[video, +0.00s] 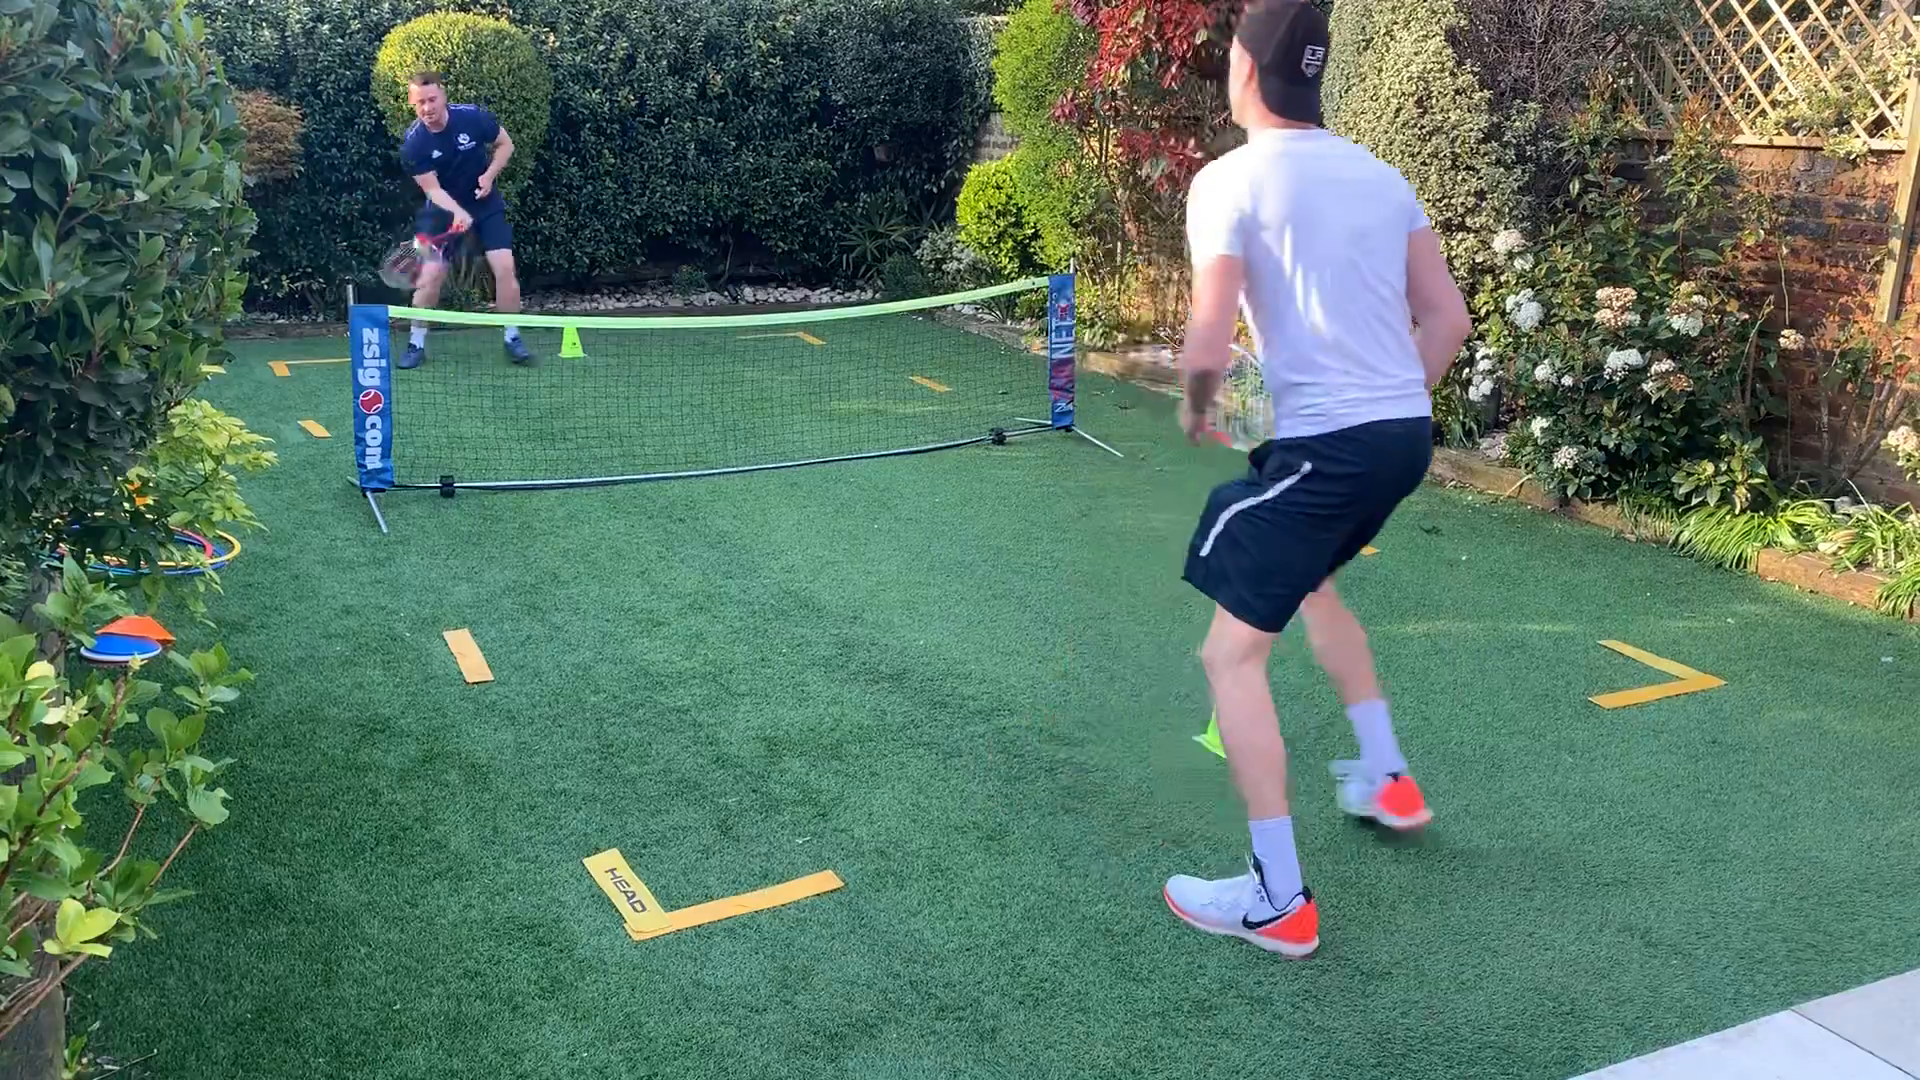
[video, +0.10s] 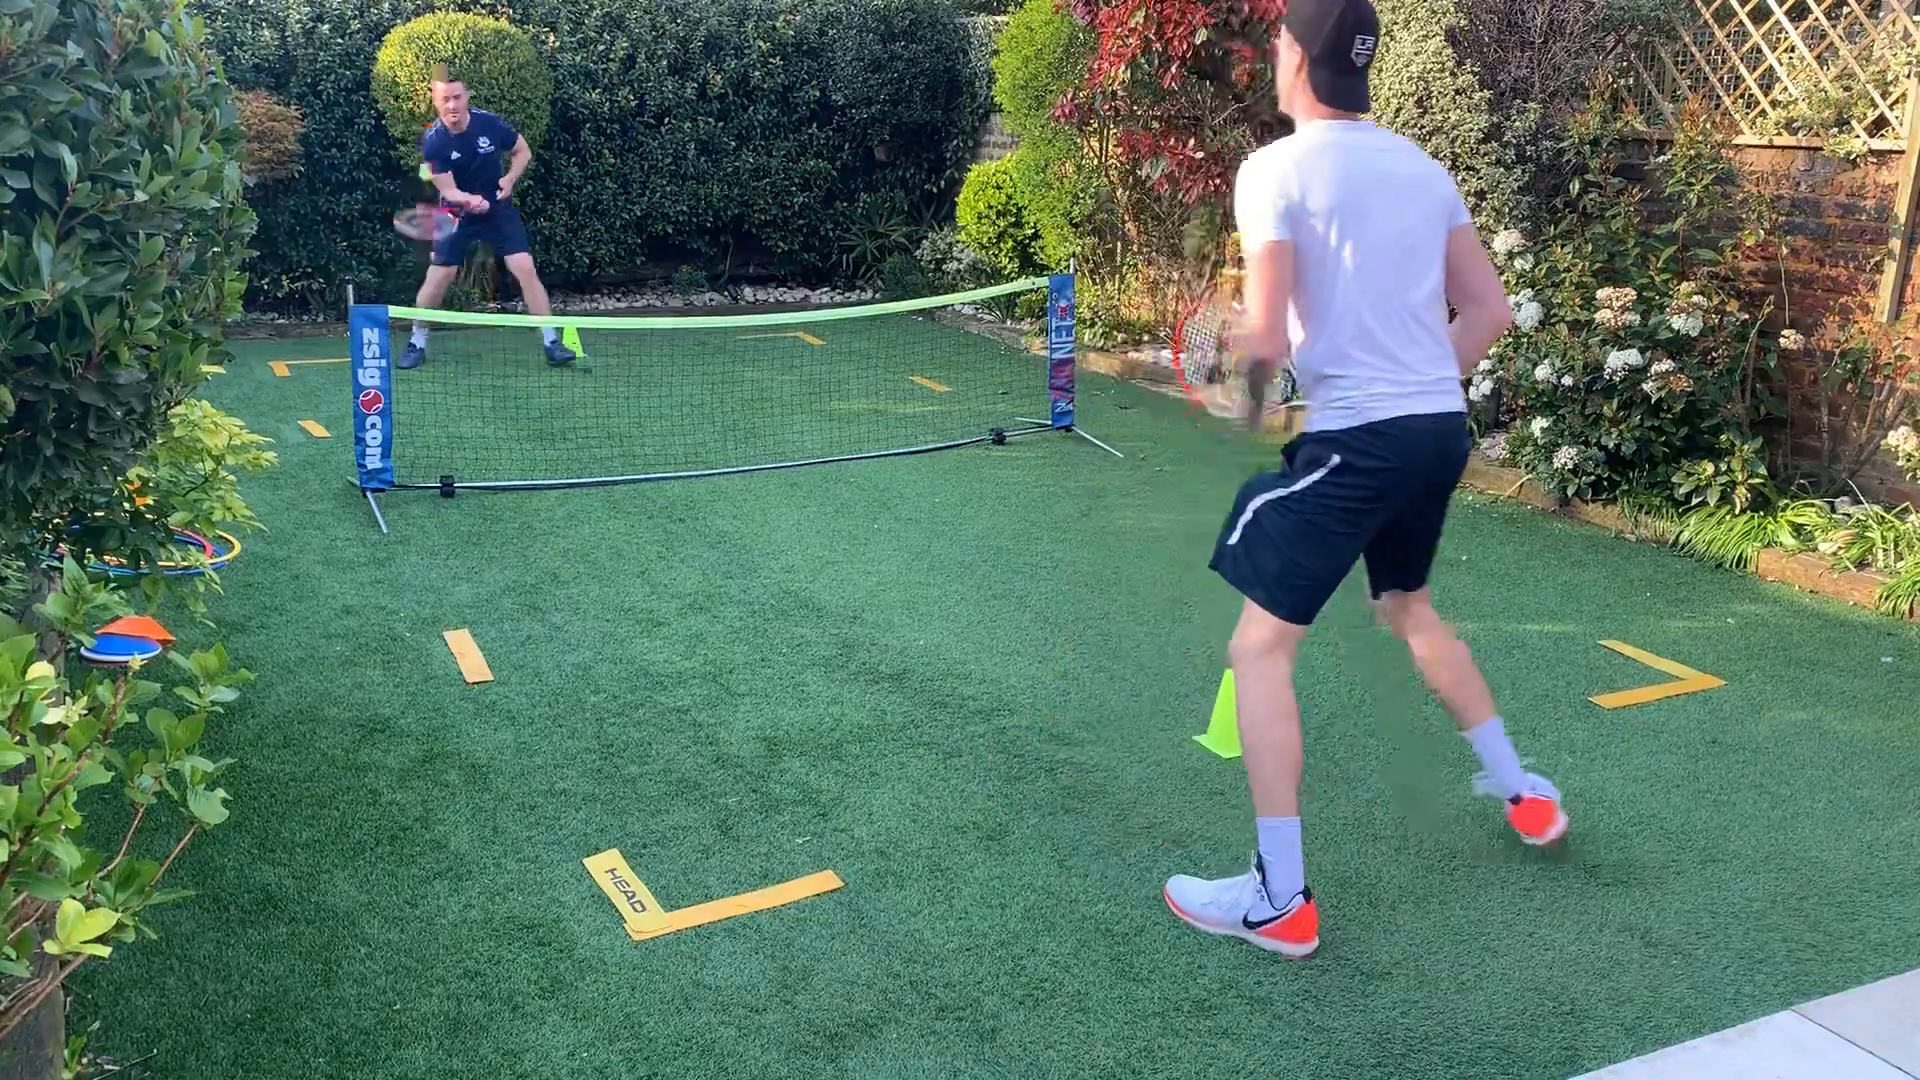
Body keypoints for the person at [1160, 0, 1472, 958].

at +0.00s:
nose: (1225, 76)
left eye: (1228, 61)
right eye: (1230, 60)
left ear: (1245, 73)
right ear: (1316, 74)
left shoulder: (1229, 181)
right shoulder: (1379, 174)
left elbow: (1211, 341)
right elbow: (1447, 319)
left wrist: (1198, 402)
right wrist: (1390, 402)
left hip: (1321, 442)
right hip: (1406, 435)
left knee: (1232, 654)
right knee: (1307, 579)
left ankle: (1277, 892)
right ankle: (1385, 773)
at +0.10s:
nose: (1272, 63)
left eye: (1276, 47)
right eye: (1278, 46)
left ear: (1295, 60)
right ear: (1364, 62)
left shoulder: (1276, 170)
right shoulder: (1424, 168)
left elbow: (1268, 338)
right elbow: (1485, 309)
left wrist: (1235, 352)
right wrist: (1419, 383)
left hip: (1350, 436)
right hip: (1440, 428)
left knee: (1260, 645)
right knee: (1407, 601)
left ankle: (1278, 892)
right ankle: (1520, 787)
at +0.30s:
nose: (1377, 89)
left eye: (1381, 75)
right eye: (1384, 73)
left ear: (1398, 83)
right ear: (1461, 86)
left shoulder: (1373, 193)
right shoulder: (1526, 181)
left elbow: (1350, 366)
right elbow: (1582, 324)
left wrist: (1362, 376)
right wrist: (1500, 374)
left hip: (1447, 450)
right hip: (1542, 443)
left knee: (1349, 658)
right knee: (1552, 633)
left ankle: (1297, 882)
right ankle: (1639, 825)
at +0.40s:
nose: (1404, 100)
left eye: (1408, 85)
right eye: (1407, 83)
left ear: (1427, 93)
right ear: (1492, 96)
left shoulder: (1402, 199)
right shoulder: (1552, 192)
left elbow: (1384, 371)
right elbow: (1596, 340)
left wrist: (1369, 393)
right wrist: (1521, 387)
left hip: (1469, 454)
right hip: (1570, 445)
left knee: (1375, 642)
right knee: (1581, 628)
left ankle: (1402, 839)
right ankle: (1643, 818)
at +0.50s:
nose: (1412, 104)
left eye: (1417, 91)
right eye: (1416, 89)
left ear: (1439, 101)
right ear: (1495, 103)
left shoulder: (1411, 199)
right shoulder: (1553, 193)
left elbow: (1383, 359)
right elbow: (1566, 337)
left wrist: (1349, 386)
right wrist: (1447, 403)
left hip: (1474, 445)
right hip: (1571, 437)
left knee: (1393, 602)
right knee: (1588, 627)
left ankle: (1508, 772)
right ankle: (1646, 822)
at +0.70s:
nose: (1338, 106)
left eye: (1342, 93)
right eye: (1340, 91)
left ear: (1368, 96)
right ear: (1414, 97)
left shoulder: (1344, 192)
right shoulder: (1467, 174)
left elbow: (1330, 327)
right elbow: (1463, 311)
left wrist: (1283, 368)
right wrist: (1376, 389)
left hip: (1450, 426)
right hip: (1533, 399)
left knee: (1438, 569)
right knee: (1559, 577)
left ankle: (1526, 706)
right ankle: (1646, 748)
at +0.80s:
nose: (1286, 124)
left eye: (1291, 108)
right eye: (1287, 108)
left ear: (1321, 112)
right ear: (1353, 110)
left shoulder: (1309, 203)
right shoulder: (1419, 182)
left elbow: (1296, 349)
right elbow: (1442, 313)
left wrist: (1249, 385)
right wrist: (1348, 399)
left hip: (1416, 425)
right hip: (1482, 399)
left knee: (1427, 570)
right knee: (1465, 538)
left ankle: (1530, 710)